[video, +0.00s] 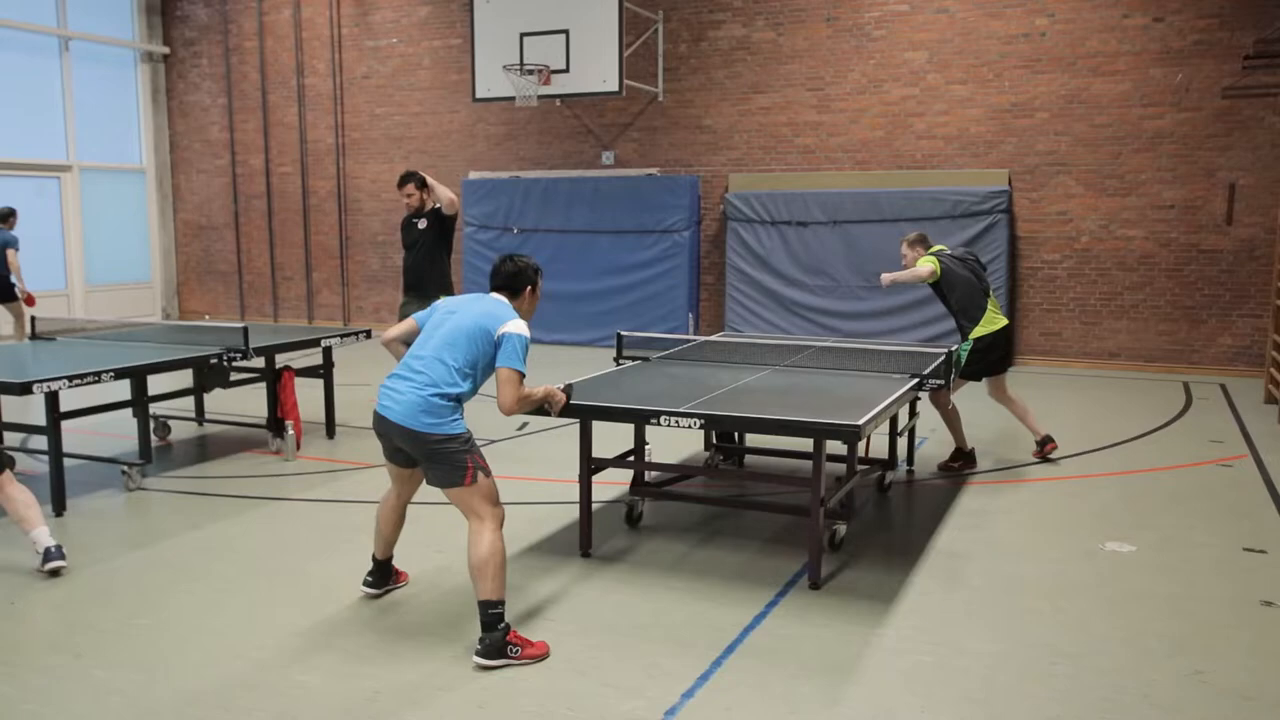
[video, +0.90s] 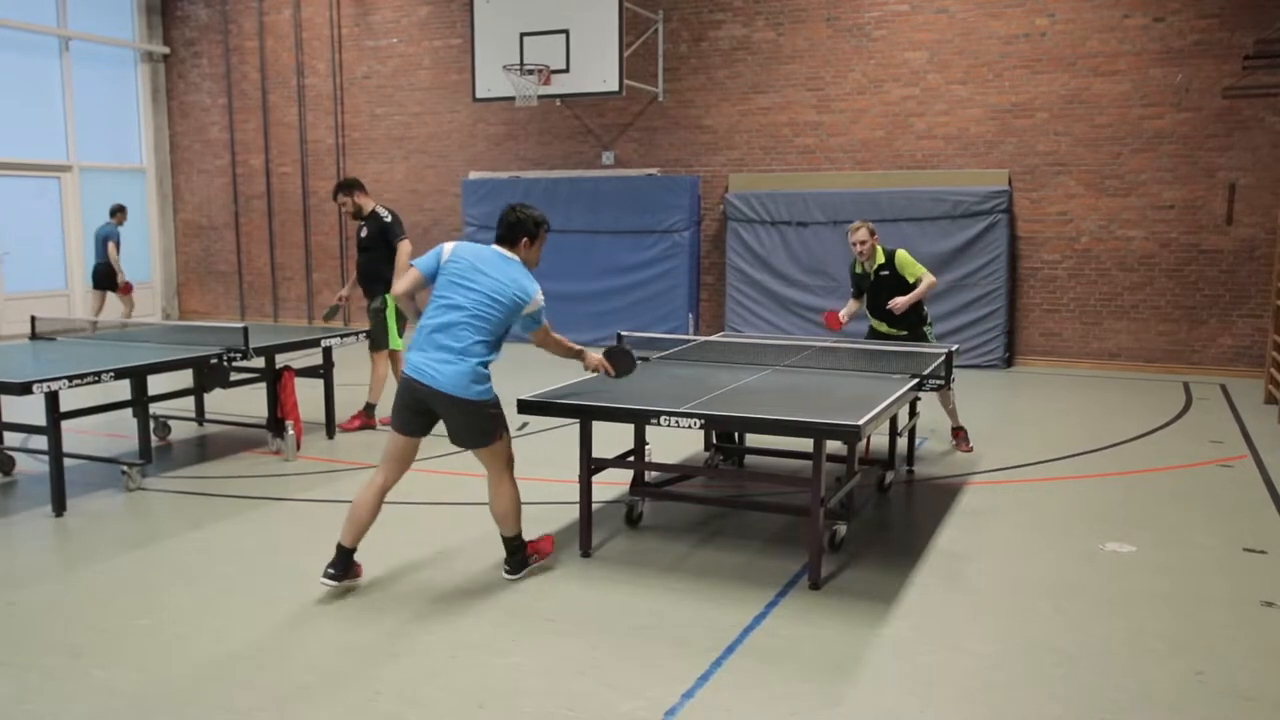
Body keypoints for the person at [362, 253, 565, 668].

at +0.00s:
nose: (538, 298)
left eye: (538, 291)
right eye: (538, 291)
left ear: (494, 287)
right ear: (528, 291)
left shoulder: (450, 303)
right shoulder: (513, 323)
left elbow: (391, 337)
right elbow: (510, 403)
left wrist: (423, 370)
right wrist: (544, 394)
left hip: (389, 411)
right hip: (434, 422)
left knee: (401, 486)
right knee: (487, 516)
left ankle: (379, 572)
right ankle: (495, 637)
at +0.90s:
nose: (541, 255)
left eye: (542, 245)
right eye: (541, 245)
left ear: (504, 237)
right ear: (526, 243)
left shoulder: (453, 250)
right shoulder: (526, 287)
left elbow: (400, 289)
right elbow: (542, 337)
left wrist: (424, 324)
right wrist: (582, 354)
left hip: (416, 376)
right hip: (465, 388)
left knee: (385, 472)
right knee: (500, 468)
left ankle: (341, 560)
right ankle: (516, 555)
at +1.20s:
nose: (543, 270)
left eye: (543, 264)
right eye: (543, 264)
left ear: (501, 259)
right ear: (534, 264)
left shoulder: (462, 282)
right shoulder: (541, 315)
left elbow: (423, 334)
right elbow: (555, 382)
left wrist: (446, 366)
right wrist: (571, 358)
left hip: (443, 416)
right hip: (500, 423)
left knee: (413, 494)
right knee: (521, 478)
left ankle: (398, 577)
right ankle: (522, 555)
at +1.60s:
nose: (515, 251)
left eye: (517, 243)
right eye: (517, 242)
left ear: (470, 233)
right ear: (506, 239)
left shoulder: (421, 267)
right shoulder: (496, 282)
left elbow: (384, 331)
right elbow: (514, 360)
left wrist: (429, 329)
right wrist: (547, 370)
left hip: (396, 404)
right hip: (453, 409)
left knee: (390, 501)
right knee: (495, 514)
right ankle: (510, 629)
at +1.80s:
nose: (475, 279)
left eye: (474, 273)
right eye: (474, 273)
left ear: (425, 272)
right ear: (466, 280)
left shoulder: (389, 295)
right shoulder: (468, 336)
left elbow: (413, 337)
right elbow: (515, 384)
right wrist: (543, 358)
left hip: (346, 444)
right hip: (402, 454)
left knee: (346, 519)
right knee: (470, 546)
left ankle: (282, 618)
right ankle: (502, 669)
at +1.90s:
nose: (431, 263)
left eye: (427, 257)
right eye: (428, 258)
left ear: (379, 258)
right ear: (420, 265)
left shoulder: (348, 279)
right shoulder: (429, 321)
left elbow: (389, 308)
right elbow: (484, 354)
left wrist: (424, 291)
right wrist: (536, 354)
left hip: (297, 434)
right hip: (357, 449)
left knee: (288, 512)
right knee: (418, 546)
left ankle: (222, 606)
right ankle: (475, 654)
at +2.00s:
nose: (382, 267)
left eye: (379, 261)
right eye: (377, 262)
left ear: (327, 266)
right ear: (366, 271)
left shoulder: (296, 294)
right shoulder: (376, 331)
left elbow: (337, 315)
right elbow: (431, 387)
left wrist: (369, 298)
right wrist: (485, 374)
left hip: (264, 451)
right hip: (321, 464)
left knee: (240, 532)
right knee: (392, 544)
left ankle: (169, 620)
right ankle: (377, 657)